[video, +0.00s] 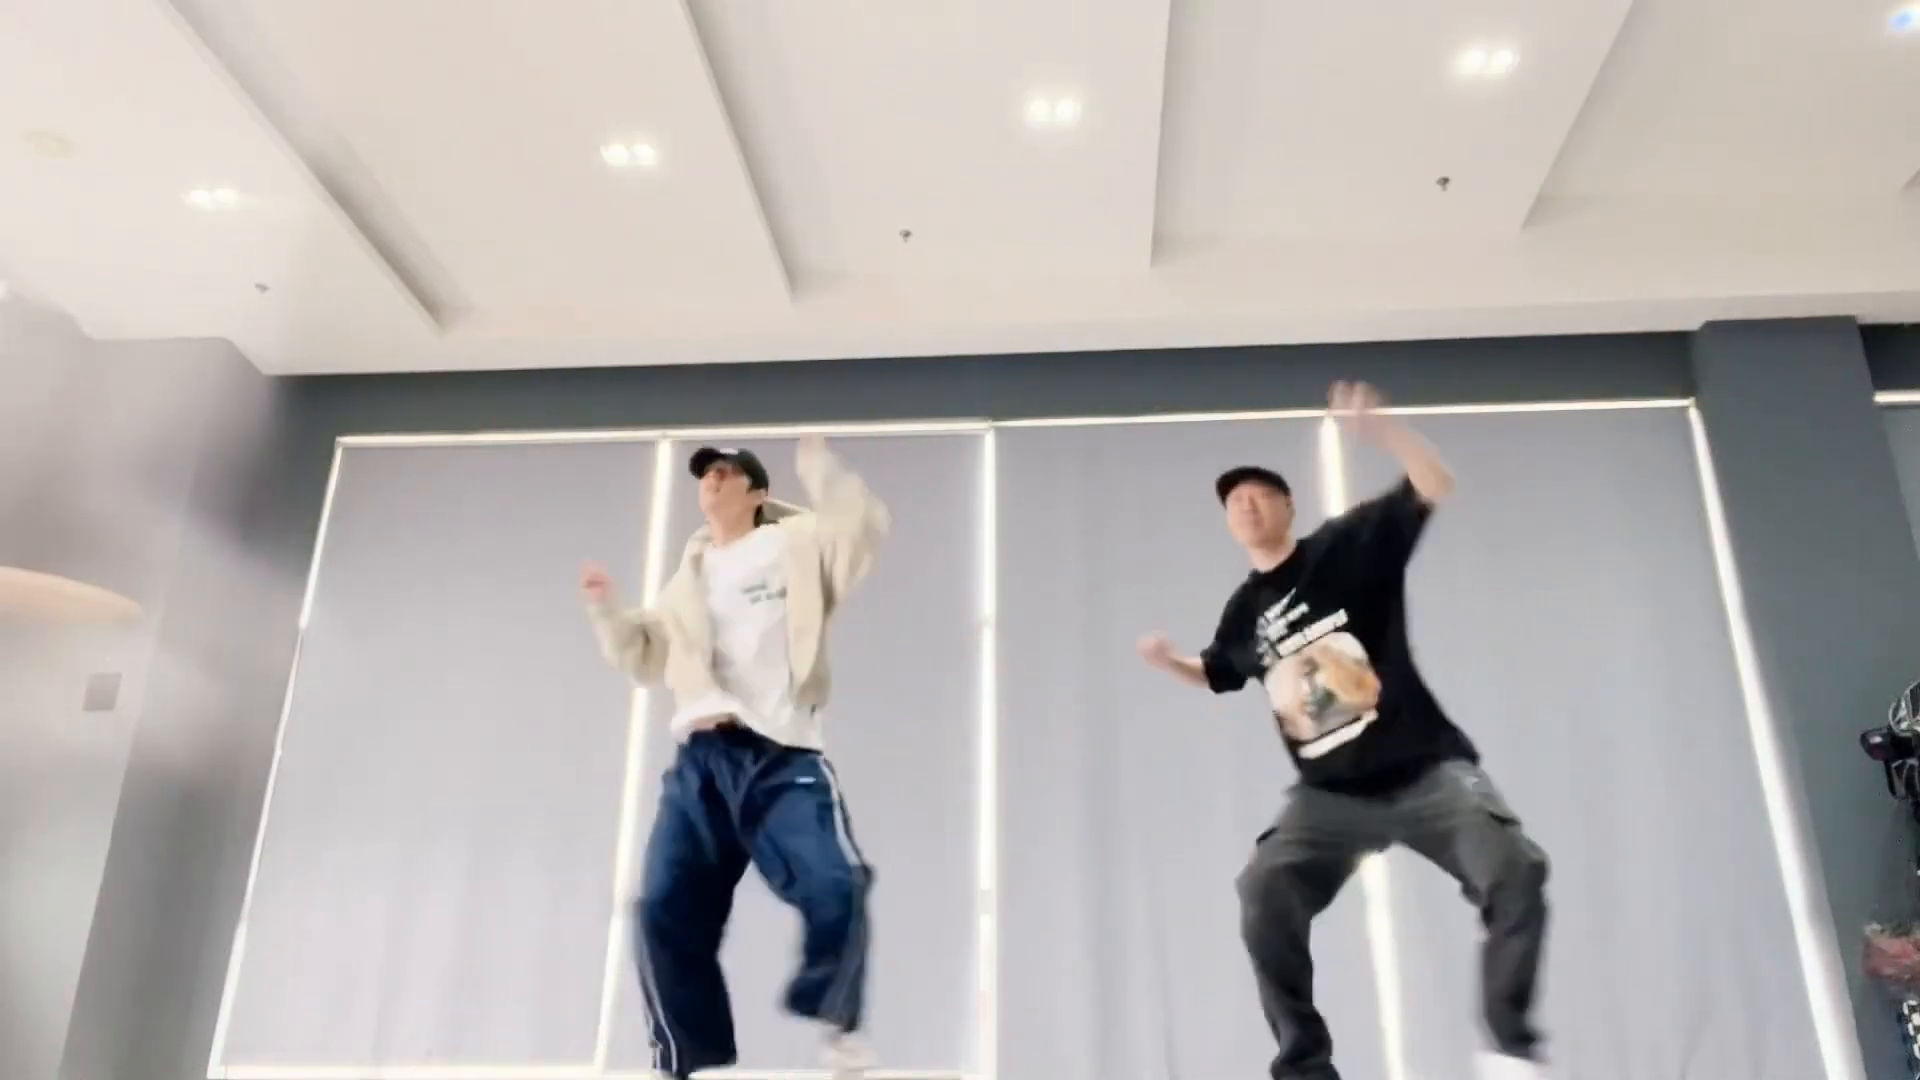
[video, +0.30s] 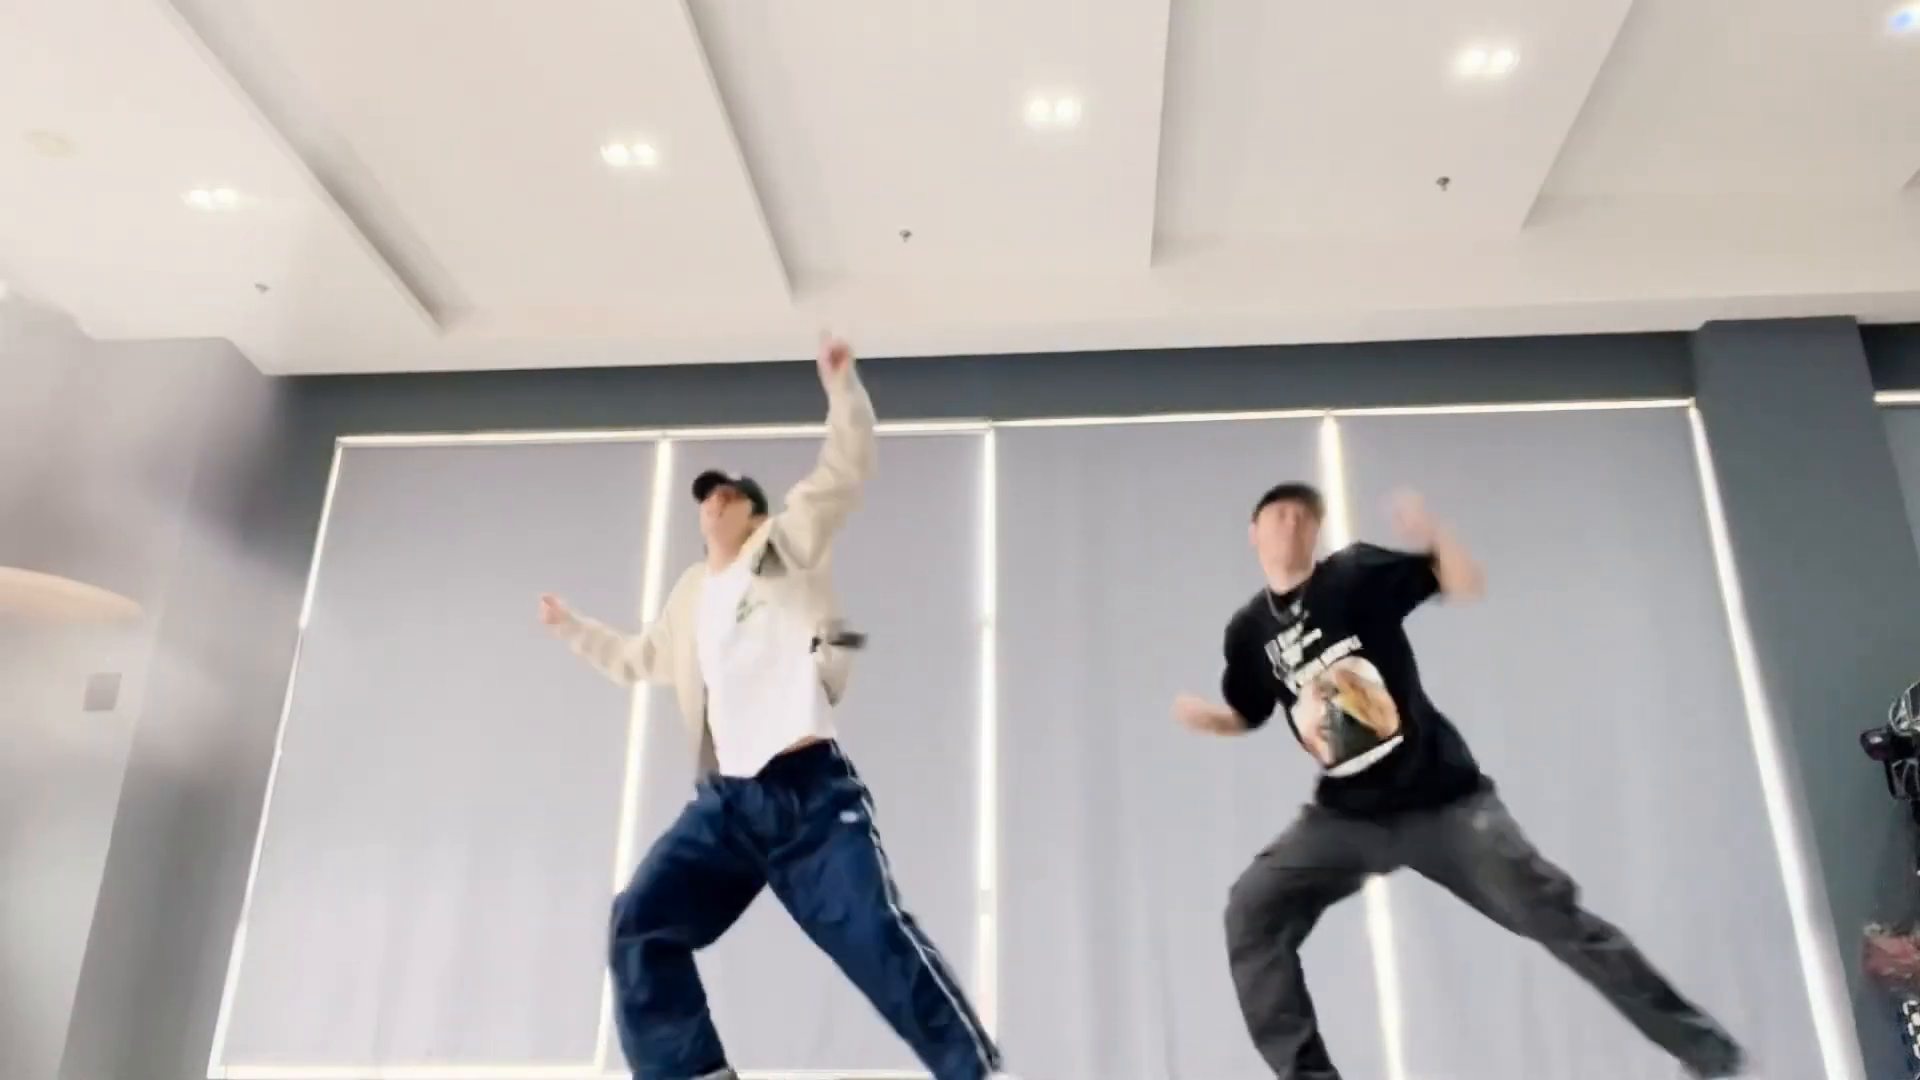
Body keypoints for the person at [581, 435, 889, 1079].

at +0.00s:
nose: (712, 484)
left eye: (726, 476)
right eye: (705, 477)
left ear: (756, 492)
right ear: (697, 497)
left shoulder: (802, 539)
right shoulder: (688, 577)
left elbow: (862, 528)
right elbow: (650, 661)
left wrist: (818, 463)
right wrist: (608, 612)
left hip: (785, 760)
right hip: (700, 760)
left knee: (835, 884)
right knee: (665, 913)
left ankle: (836, 1027)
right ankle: (697, 1067)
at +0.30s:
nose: (718, 501)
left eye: (732, 494)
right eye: (707, 497)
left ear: (756, 511)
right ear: (699, 521)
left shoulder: (790, 543)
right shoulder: (688, 596)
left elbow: (843, 470)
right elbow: (641, 662)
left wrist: (840, 384)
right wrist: (574, 629)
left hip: (813, 793)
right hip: (726, 805)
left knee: (877, 939)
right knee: (639, 920)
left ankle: (975, 1070)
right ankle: (691, 1074)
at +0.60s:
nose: (781, 506)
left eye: (792, 500)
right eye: (769, 499)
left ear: (809, 523)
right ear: (749, 520)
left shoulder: (828, 593)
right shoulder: (706, 569)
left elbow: (816, 683)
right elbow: (631, 573)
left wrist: (799, 623)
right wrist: (679, 510)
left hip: (772, 792)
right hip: (682, 780)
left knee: (786, 927)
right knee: (597, 895)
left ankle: (762, 1065)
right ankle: (615, 1025)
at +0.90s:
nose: (768, 528)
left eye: (778, 523)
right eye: (757, 521)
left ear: (792, 548)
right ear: (736, 539)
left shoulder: (806, 630)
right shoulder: (706, 583)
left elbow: (806, 718)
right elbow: (694, 475)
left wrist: (821, 779)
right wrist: (671, 378)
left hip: (755, 826)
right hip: (671, 802)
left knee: (824, 926)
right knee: (583, 937)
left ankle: (773, 1073)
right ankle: (465, 1058)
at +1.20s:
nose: (754, 486)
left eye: (767, 481)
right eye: (744, 479)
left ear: (785, 504)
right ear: (726, 501)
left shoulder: (811, 560)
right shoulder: (688, 557)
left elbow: (883, 606)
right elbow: (602, 586)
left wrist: (936, 543)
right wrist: (526, 550)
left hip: (777, 751)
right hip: (696, 746)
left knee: (768, 917)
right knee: (683, 916)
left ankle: (753, 1066)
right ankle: (704, 1063)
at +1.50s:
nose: (748, 490)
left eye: (761, 483)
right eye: (737, 483)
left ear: (779, 505)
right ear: (722, 504)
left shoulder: (815, 561)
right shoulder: (686, 565)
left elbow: (883, 621)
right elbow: (635, 638)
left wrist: (867, 636)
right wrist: (614, 640)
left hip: (781, 777)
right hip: (697, 777)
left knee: (787, 933)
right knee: (676, 930)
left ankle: (757, 1069)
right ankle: (702, 1067)